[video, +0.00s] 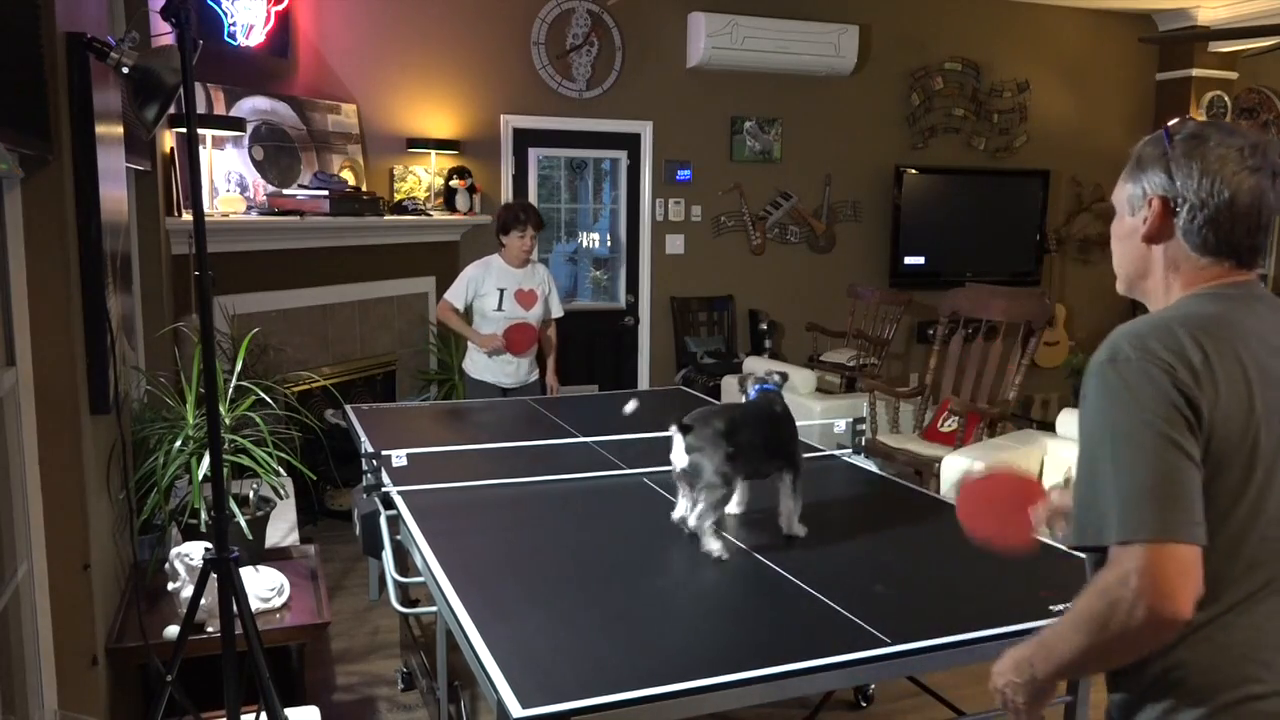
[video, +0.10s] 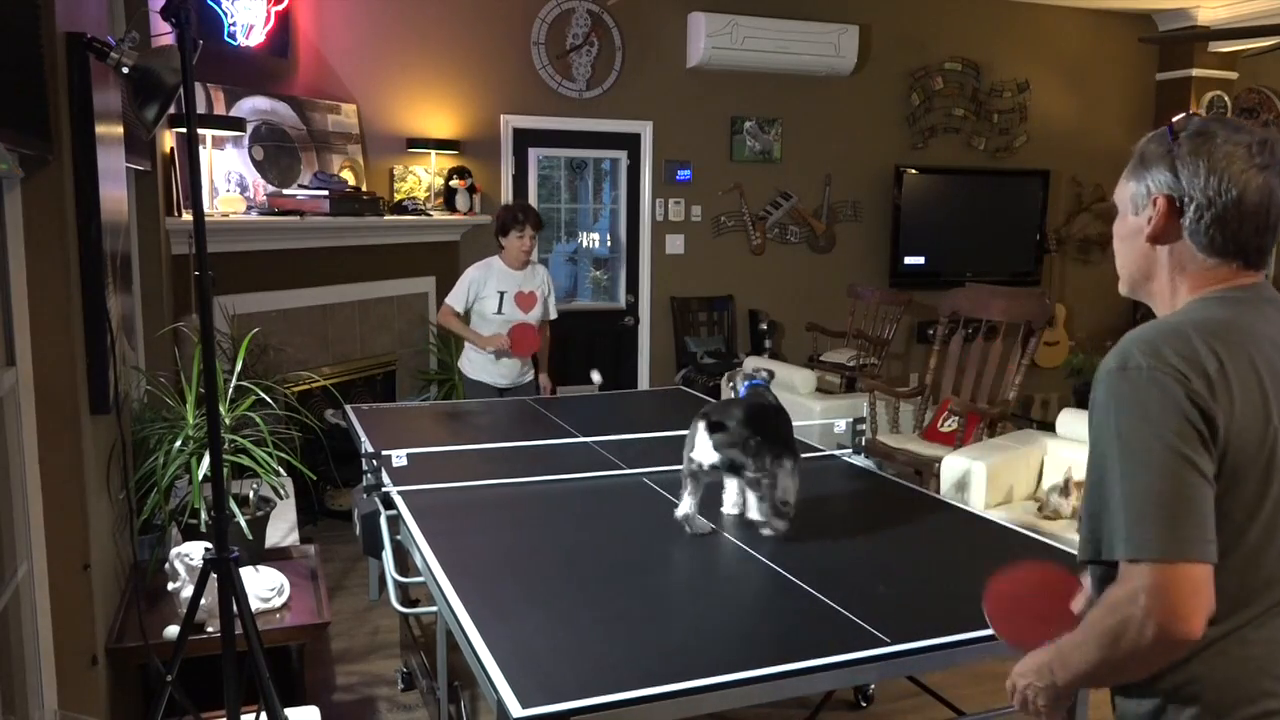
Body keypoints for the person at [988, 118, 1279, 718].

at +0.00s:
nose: (1110, 231)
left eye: (1117, 212)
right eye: (1113, 212)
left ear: (1156, 216)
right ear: (1245, 222)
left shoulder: (1147, 352)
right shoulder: (1269, 324)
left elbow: (1158, 589)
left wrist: (1032, 665)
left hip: (1196, 700)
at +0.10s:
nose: (1112, 230)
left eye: (1120, 211)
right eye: (1114, 212)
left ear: (1160, 215)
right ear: (1249, 221)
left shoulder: (1155, 362)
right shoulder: (1267, 324)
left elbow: (1168, 609)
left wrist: (1049, 669)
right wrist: (1116, 587)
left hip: (1201, 699)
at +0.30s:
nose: (1091, 237)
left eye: (1096, 214)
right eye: (1091, 215)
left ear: (1138, 221)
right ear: (1241, 228)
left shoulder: (1124, 378)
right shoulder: (1271, 340)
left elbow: (1115, 638)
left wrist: (1023, 687)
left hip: (1176, 702)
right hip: (1269, 686)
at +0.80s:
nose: (1069, 242)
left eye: (1072, 220)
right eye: (1070, 221)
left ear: (1094, 224)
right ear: (1230, 232)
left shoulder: (1048, 387)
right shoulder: (1273, 352)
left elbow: (997, 646)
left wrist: (1077, 698)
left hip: (1123, 705)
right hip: (1265, 700)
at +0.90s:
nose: (1091, 248)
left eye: (1090, 229)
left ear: (1107, 236)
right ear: (1254, 247)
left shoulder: (1039, 394)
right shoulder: (1272, 372)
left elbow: (972, 636)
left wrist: (1058, 696)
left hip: (1093, 706)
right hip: (1257, 702)